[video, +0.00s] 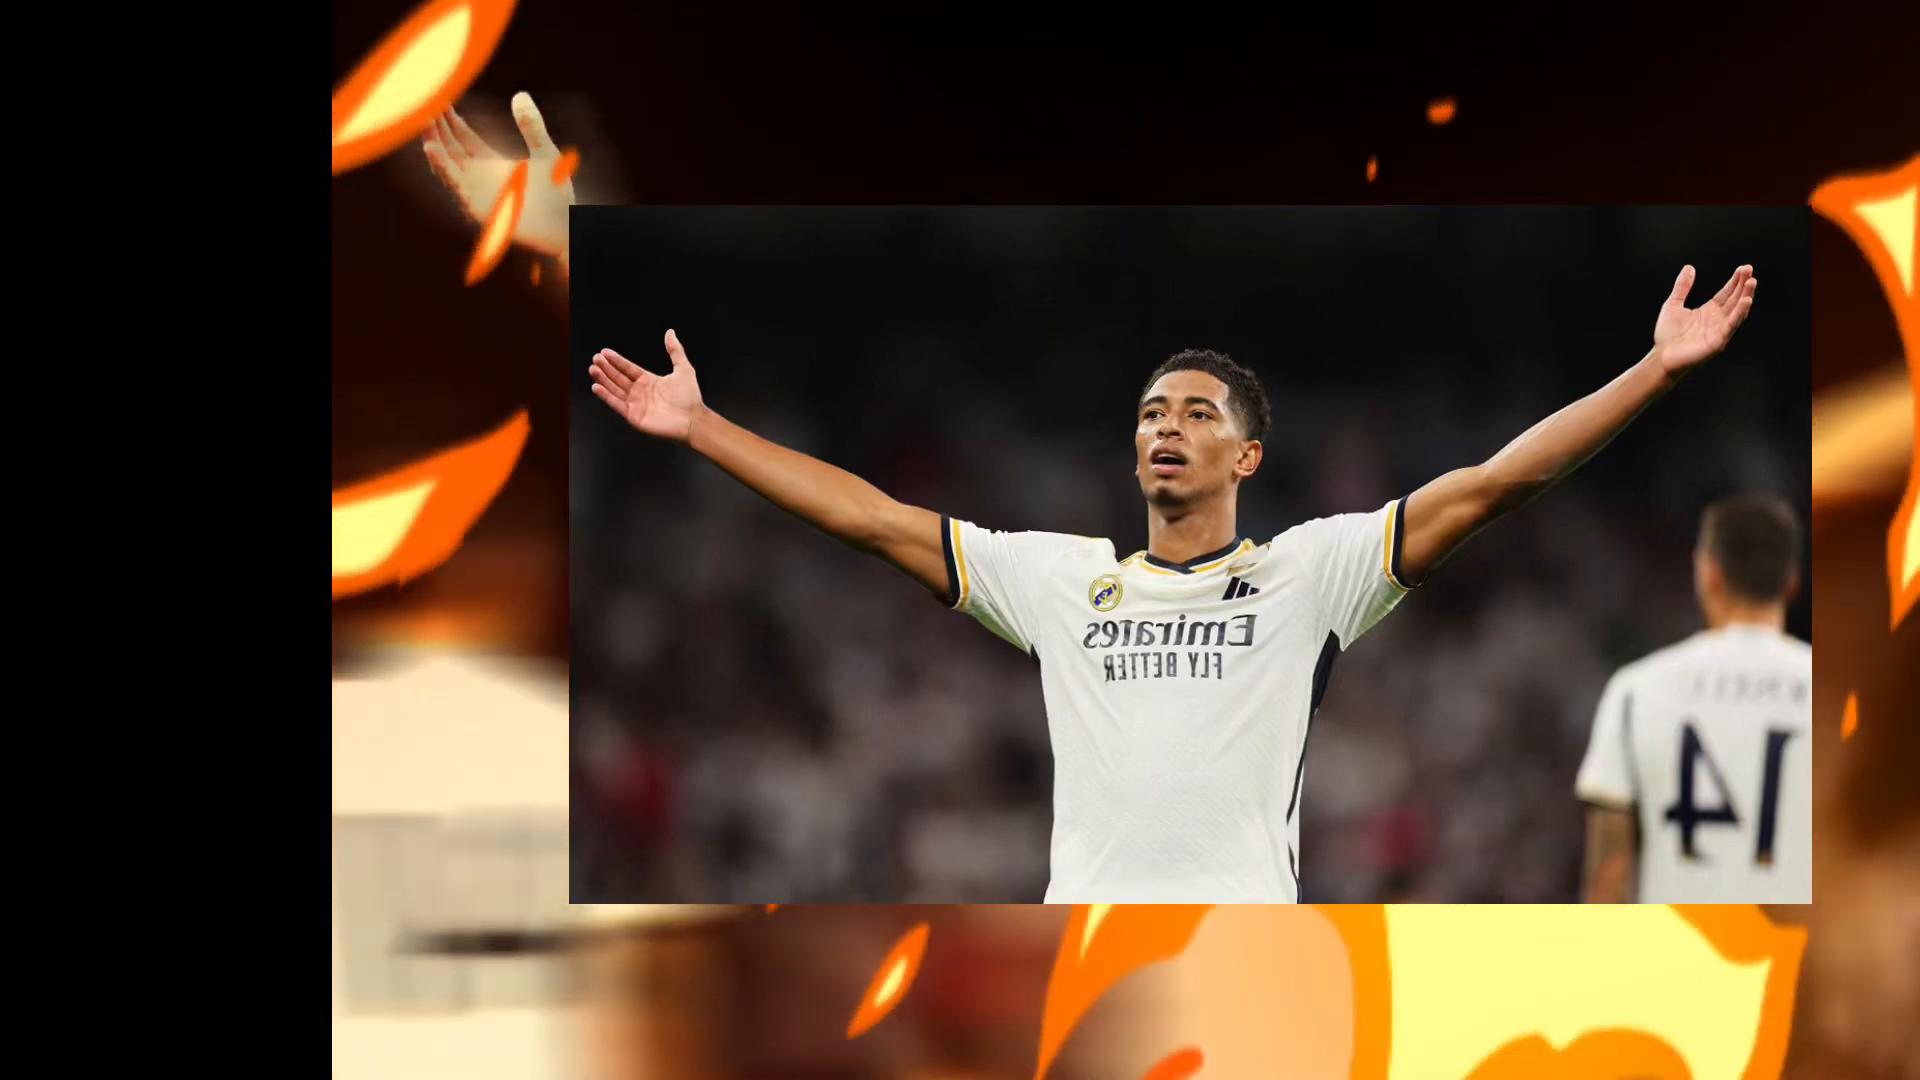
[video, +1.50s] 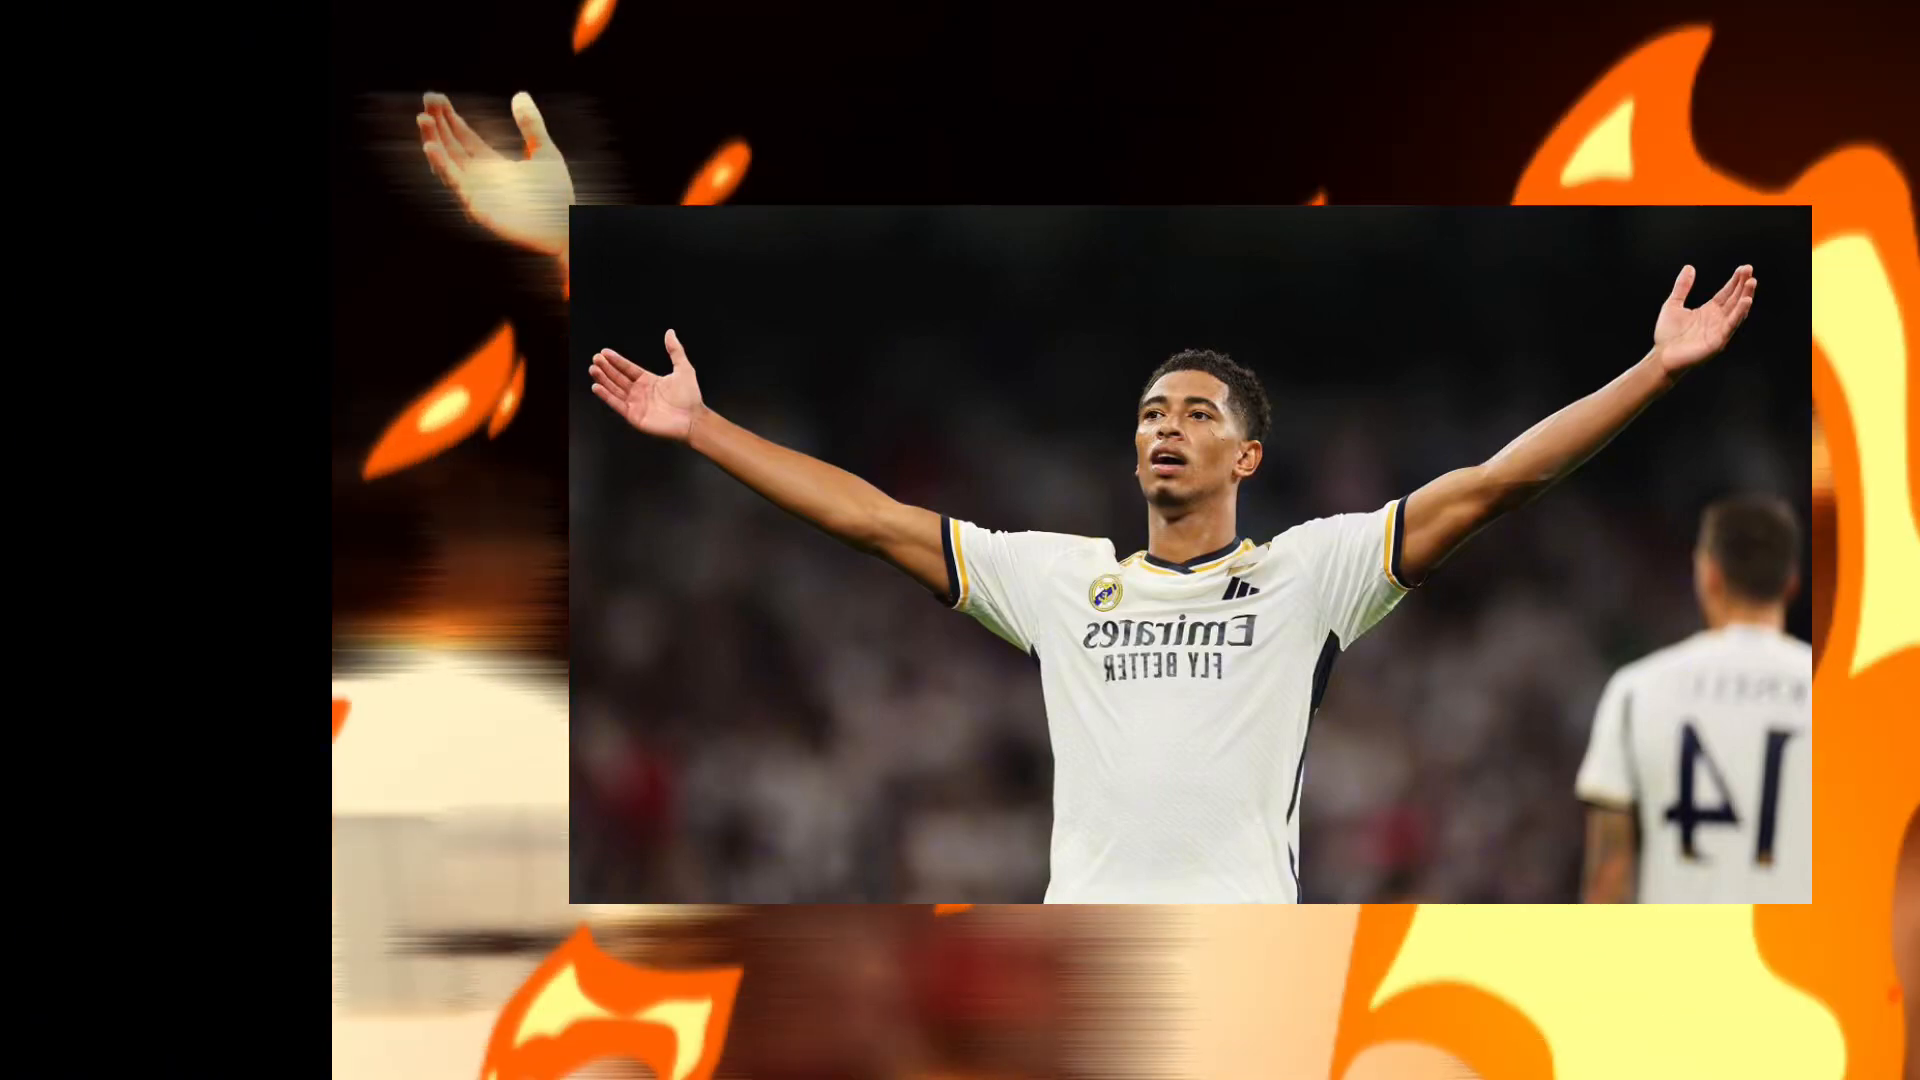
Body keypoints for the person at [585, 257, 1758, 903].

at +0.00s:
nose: (1166, 428)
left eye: (1198, 414)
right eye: (1153, 414)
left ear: (1247, 454)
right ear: (1133, 450)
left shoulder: (1308, 569)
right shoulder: (1058, 579)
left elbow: (1494, 481)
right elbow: (878, 519)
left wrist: (1657, 366)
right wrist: (701, 427)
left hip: (1248, 944)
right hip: (1089, 945)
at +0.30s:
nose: (1163, 437)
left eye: (1191, 421)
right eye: (1152, 421)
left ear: (1250, 454)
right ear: (1135, 451)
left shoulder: (1310, 569)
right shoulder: (1066, 576)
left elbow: (1497, 480)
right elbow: (879, 519)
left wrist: (1660, 365)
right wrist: (702, 426)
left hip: (1246, 937)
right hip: (1082, 934)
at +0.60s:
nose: (1161, 436)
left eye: (1190, 420)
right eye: (1150, 420)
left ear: (1251, 456)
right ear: (1134, 453)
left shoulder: (1310, 569)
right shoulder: (1064, 576)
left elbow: (1496, 480)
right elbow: (878, 518)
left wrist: (1659, 366)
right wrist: (702, 427)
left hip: (1253, 939)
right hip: (1084, 936)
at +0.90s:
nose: (1167, 431)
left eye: (1198, 417)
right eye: (1153, 416)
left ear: (1248, 457)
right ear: (1133, 452)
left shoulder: (1308, 570)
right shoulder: (1058, 578)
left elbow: (1488, 485)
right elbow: (878, 519)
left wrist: (1654, 369)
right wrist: (699, 427)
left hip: (1246, 945)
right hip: (1085, 946)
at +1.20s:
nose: (1168, 429)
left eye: (1198, 415)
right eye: (1154, 415)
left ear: (1247, 456)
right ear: (1133, 452)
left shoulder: (1307, 570)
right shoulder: (1057, 578)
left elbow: (1492, 483)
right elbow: (876, 518)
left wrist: (1656, 366)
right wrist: (699, 427)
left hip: (1246, 941)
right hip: (1085, 940)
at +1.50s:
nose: (1165, 436)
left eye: (1192, 420)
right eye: (1153, 420)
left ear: (1250, 455)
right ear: (1135, 452)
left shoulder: (1310, 569)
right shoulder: (1066, 577)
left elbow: (1496, 480)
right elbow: (880, 519)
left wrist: (1659, 366)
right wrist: (701, 425)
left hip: (1250, 942)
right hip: (1082, 937)